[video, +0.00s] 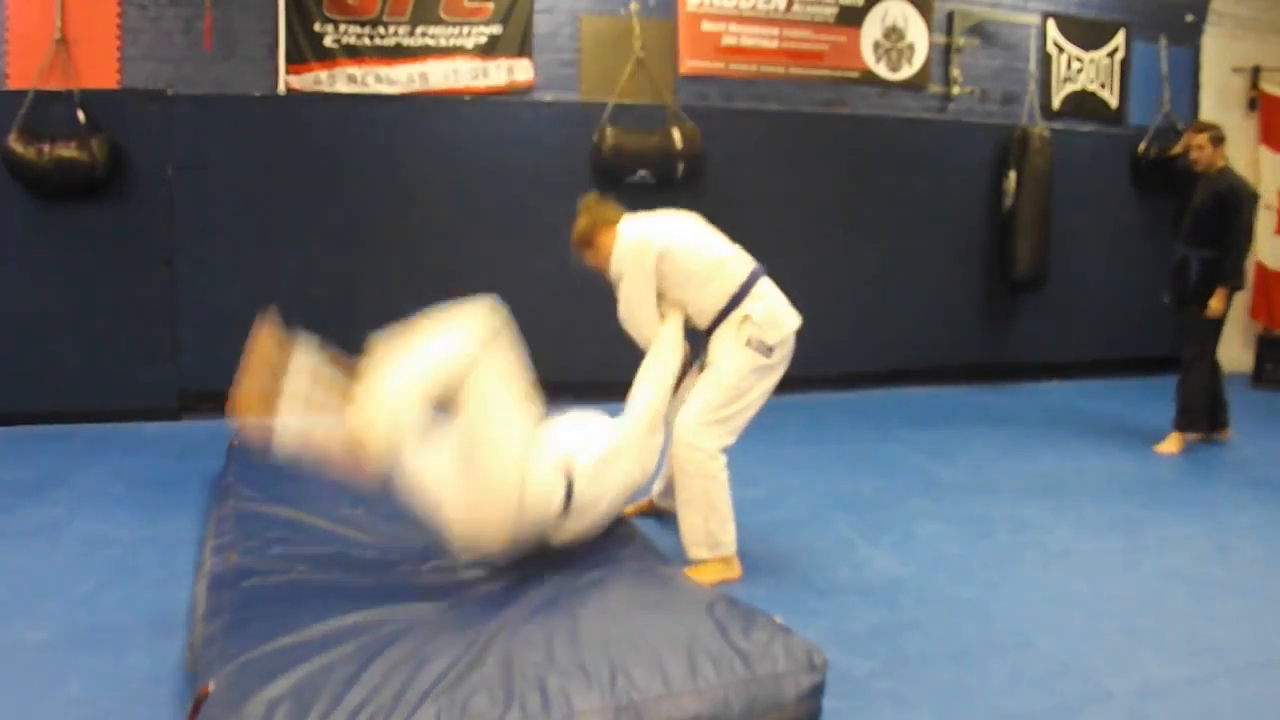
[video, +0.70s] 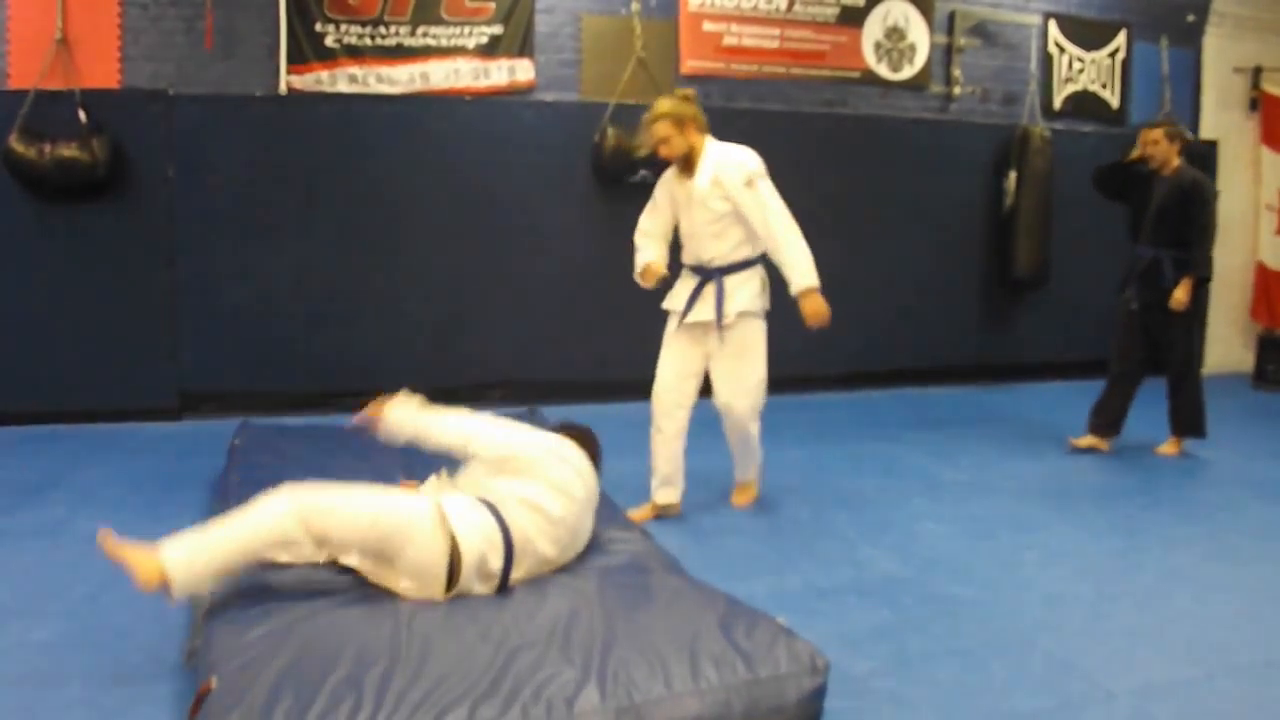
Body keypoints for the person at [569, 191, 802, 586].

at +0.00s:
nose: (599, 269)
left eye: (593, 260)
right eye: (591, 263)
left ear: (600, 239)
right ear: (614, 225)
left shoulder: (632, 242)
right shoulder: (661, 222)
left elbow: (636, 319)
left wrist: (672, 360)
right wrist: (678, 359)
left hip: (756, 331)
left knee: (696, 432)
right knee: (683, 414)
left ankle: (718, 559)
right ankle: (669, 498)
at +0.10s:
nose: (609, 245)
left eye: (605, 235)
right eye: (603, 238)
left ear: (614, 215)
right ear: (623, 204)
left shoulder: (647, 220)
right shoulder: (665, 209)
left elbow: (638, 301)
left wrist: (653, 347)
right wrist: (669, 315)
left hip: (753, 329)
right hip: (733, 325)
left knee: (693, 433)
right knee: (673, 406)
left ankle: (718, 560)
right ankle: (666, 497)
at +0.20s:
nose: (619, 218)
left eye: (616, 207)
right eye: (613, 212)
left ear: (630, 185)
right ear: (641, 180)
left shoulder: (672, 194)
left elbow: (628, 264)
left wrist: (605, 315)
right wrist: (673, 305)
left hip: (746, 325)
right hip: (719, 326)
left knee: (689, 435)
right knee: (657, 406)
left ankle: (716, 560)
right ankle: (659, 499)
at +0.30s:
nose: (624, 195)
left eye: (624, 184)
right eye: (618, 189)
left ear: (643, 167)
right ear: (646, 169)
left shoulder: (691, 181)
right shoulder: (670, 201)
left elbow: (655, 248)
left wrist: (592, 283)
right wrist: (659, 301)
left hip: (738, 313)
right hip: (701, 320)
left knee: (697, 434)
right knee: (646, 411)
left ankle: (717, 560)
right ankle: (663, 498)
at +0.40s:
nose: (625, 186)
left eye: (625, 173)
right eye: (618, 179)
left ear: (646, 152)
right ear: (636, 161)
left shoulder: (704, 170)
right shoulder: (657, 203)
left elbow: (701, 235)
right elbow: (669, 273)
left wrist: (650, 258)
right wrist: (645, 296)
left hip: (733, 298)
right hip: (693, 304)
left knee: (716, 420)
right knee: (647, 410)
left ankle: (716, 546)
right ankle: (661, 499)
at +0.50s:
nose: (628, 176)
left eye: (628, 164)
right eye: (621, 169)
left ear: (650, 143)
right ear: (633, 156)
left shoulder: (708, 162)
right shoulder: (653, 194)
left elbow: (738, 206)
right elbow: (657, 269)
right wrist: (634, 272)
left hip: (727, 293)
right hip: (681, 302)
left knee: (723, 410)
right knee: (654, 405)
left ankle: (726, 531)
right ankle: (662, 499)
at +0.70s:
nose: (661, 151)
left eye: (665, 140)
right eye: (656, 144)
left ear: (691, 129)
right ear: (659, 143)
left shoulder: (736, 164)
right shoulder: (671, 181)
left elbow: (777, 224)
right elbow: (651, 230)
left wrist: (806, 288)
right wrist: (650, 262)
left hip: (740, 290)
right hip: (690, 290)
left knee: (737, 402)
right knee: (667, 399)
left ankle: (746, 479)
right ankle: (665, 496)